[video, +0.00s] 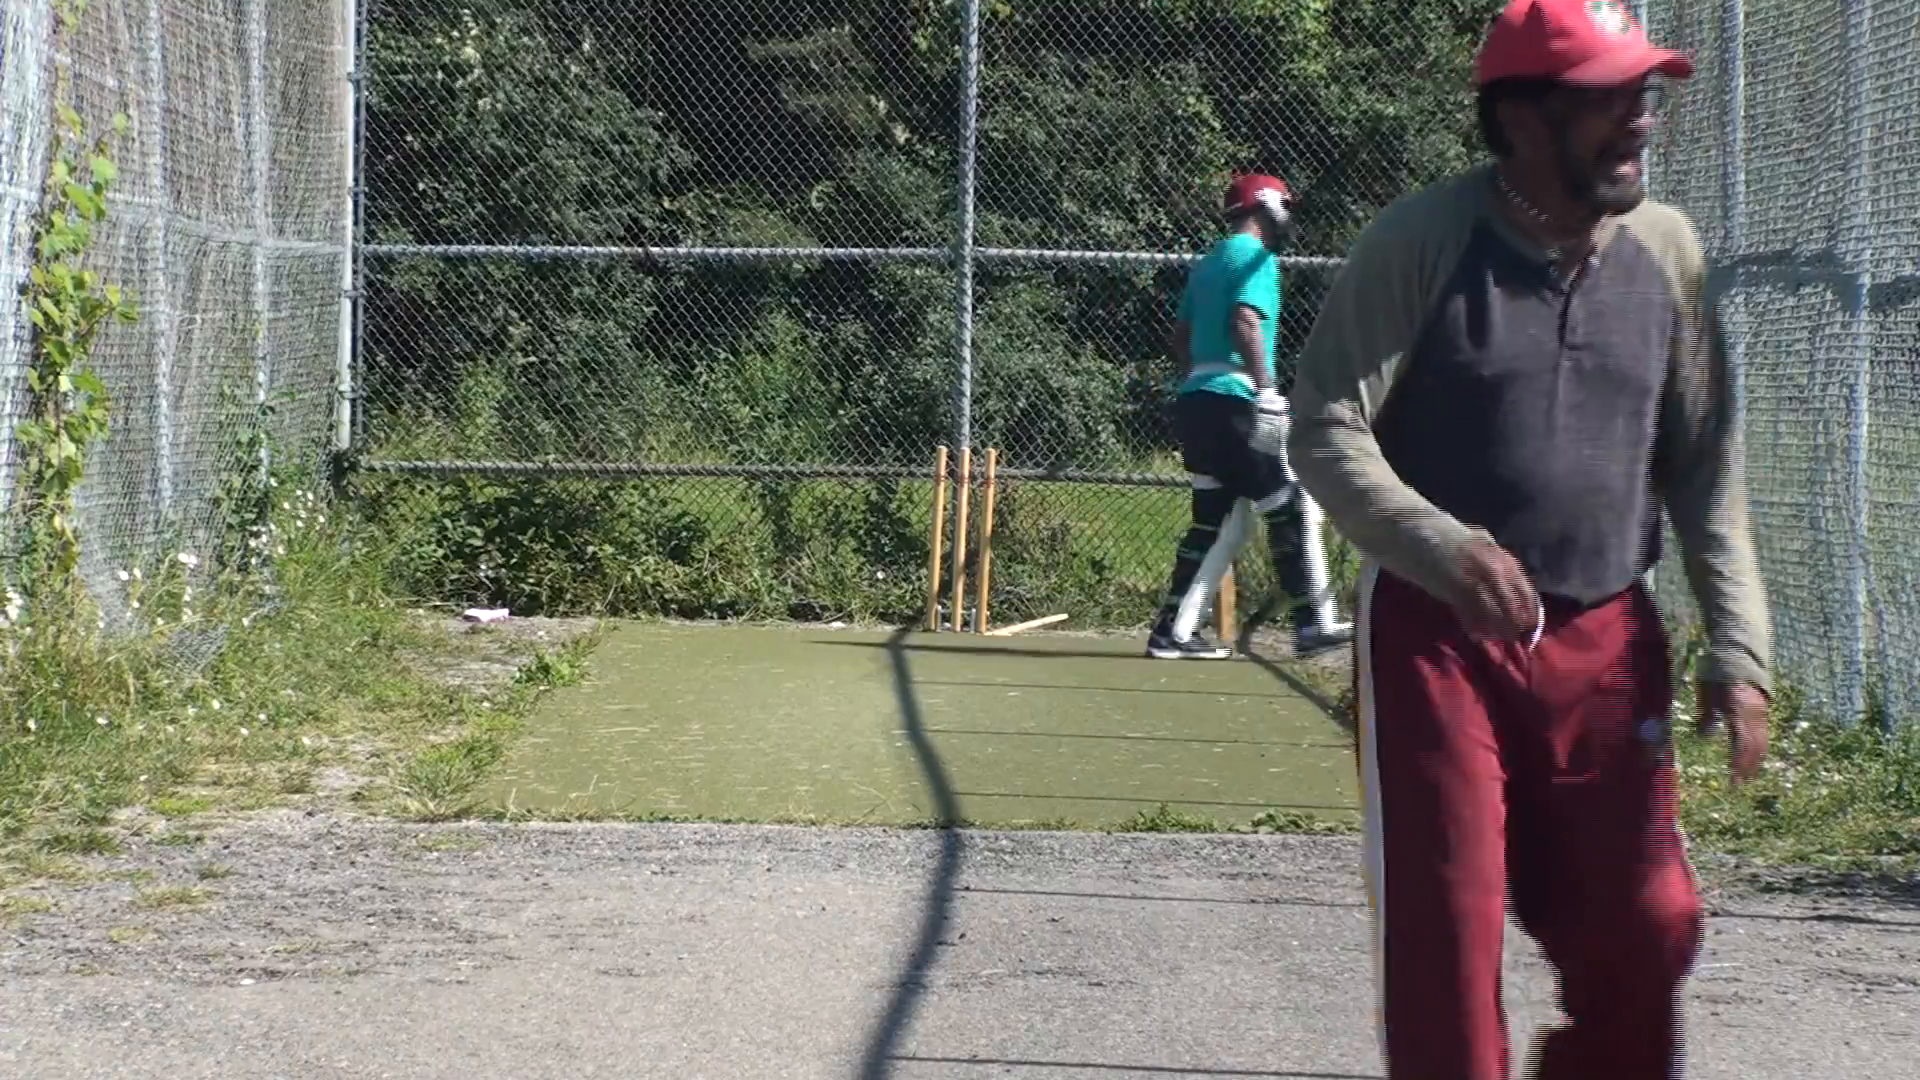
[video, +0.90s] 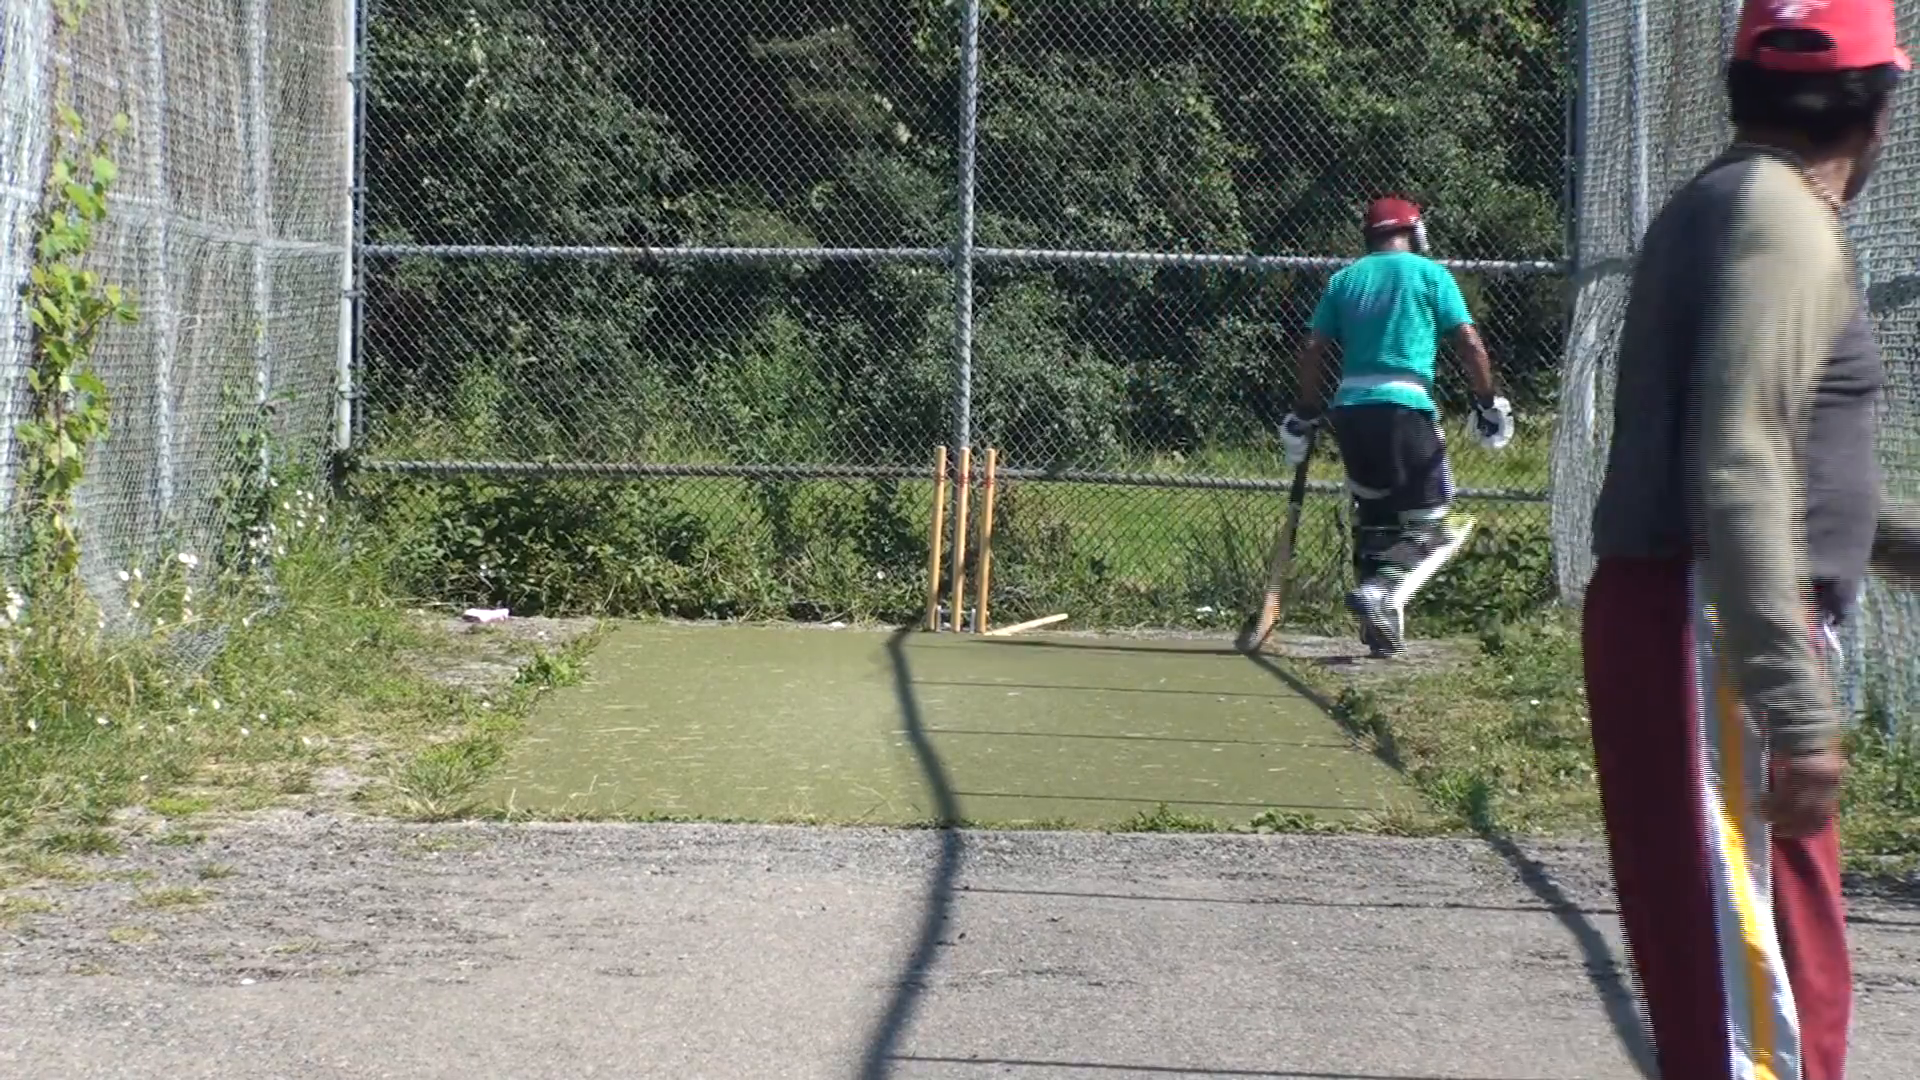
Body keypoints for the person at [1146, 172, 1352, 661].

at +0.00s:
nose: (1289, 222)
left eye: (1288, 213)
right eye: (1283, 212)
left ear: (1238, 217)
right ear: (1262, 213)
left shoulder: (1207, 263)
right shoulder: (1256, 256)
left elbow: (1179, 336)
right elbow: (1246, 321)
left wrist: (1207, 379)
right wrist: (1266, 391)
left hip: (1194, 405)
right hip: (1235, 405)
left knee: (1214, 519)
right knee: (1291, 507)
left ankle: (1173, 630)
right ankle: (1314, 621)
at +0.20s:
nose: (1327, 228)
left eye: (1325, 218)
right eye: (1322, 219)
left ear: (1275, 223)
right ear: (1306, 222)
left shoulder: (1241, 270)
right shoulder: (1306, 266)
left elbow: (1217, 343)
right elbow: (1301, 333)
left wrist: (1223, 400)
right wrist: (1324, 397)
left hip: (1237, 407)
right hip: (1284, 407)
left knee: (1241, 519)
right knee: (1323, 517)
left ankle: (1181, 622)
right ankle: (1332, 637)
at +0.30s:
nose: (1346, 231)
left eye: (1345, 222)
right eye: (1342, 222)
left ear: (1291, 224)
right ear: (1326, 225)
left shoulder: (1257, 271)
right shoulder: (1333, 267)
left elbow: (1238, 346)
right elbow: (1337, 341)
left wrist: (1236, 408)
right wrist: (1375, 381)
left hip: (1259, 409)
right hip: (1312, 407)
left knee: (1277, 524)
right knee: (1343, 511)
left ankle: (1213, 600)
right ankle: (1333, 635)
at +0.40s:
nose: (1366, 228)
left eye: (1365, 219)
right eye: (1363, 220)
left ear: (1311, 222)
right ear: (1350, 222)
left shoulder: (1274, 270)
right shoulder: (1353, 268)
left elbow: (1250, 346)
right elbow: (1378, 344)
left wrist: (1251, 405)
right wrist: (1399, 402)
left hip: (1281, 405)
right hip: (1334, 404)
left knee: (1305, 507)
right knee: (1347, 519)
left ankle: (1262, 602)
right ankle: (1334, 634)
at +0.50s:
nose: (1380, 227)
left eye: (1377, 220)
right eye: (1377, 220)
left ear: (1327, 222)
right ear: (1367, 221)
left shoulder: (1293, 268)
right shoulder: (1376, 265)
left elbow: (1261, 342)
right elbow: (1407, 338)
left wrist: (1259, 405)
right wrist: (1436, 389)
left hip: (1295, 406)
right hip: (1346, 403)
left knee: (1318, 505)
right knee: (1350, 519)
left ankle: (1312, 616)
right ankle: (1331, 637)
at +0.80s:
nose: (1414, 243)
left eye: (1410, 236)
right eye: (1411, 236)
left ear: (1359, 242)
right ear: (1401, 238)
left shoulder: (1331, 282)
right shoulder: (1417, 278)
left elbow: (1297, 350)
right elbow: (1458, 344)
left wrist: (1293, 412)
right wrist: (1488, 400)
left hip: (1337, 416)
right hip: (1390, 415)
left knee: (1367, 520)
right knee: (1396, 526)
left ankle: (1378, 629)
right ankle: (1343, 617)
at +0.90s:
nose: (1422, 241)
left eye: (1418, 235)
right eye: (1420, 234)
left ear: (1370, 239)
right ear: (1413, 235)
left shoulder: (1343, 279)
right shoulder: (1431, 274)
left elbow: (1314, 351)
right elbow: (1469, 341)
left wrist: (1303, 414)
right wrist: (1488, 403)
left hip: (1351, 415)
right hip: (1407, 414)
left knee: (1373, 516)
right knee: (1431, 520)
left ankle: (1382, 628)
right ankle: (1380, 591)